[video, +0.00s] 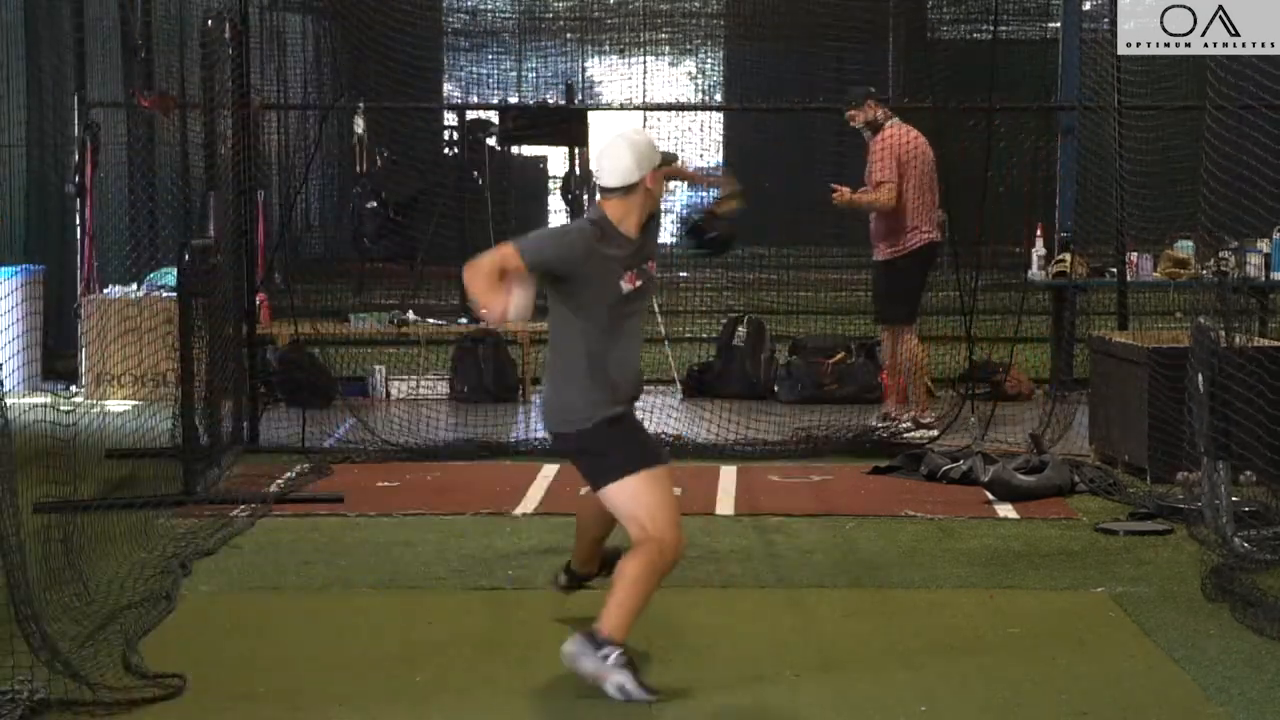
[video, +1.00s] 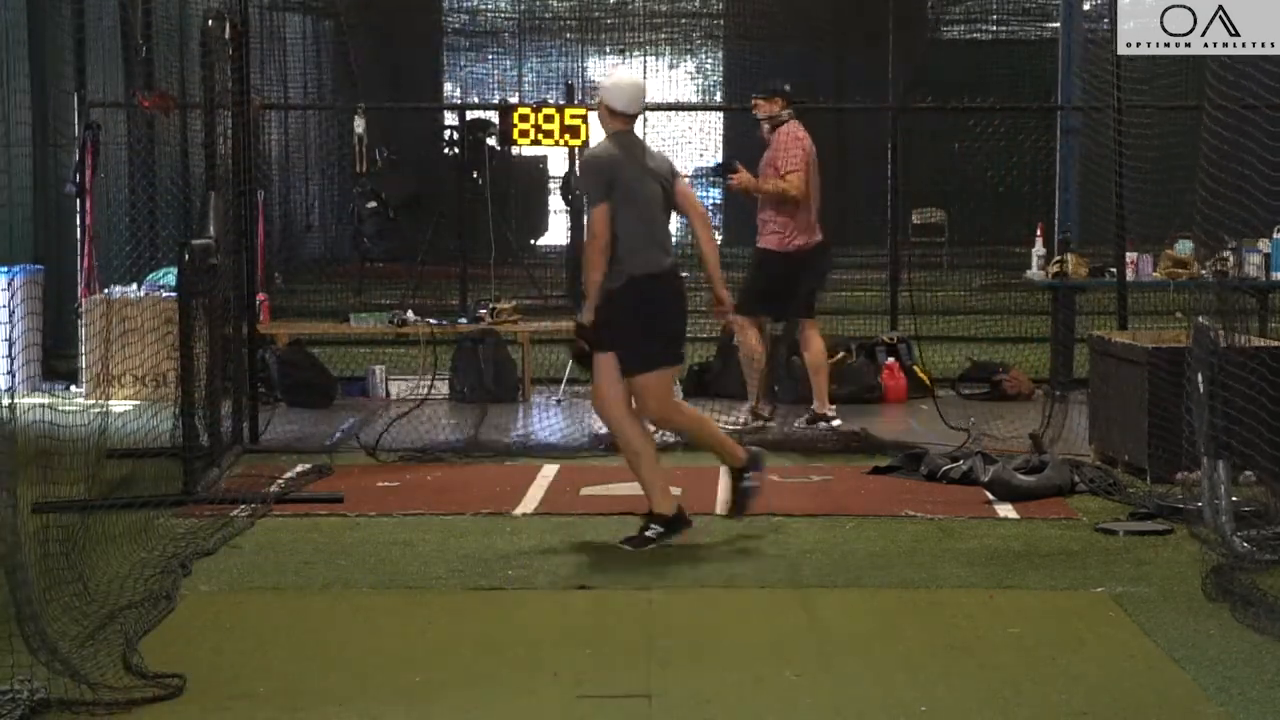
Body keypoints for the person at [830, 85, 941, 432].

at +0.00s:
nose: (852, 121)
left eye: (855, 113)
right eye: (849, 115)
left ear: (874, 107)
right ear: (877, 109)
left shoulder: (884, 141)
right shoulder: (915, 138)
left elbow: (887, 197)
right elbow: (928, 196)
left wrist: (850, 198)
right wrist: (865, 194)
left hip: (900, 248)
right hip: (922, 244)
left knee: (898, 329)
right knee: (896, 328)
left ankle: (917, 412)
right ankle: (899, 409)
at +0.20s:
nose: (834, 114)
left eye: (840, 107)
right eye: (831, 109)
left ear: (860, 107)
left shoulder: (862, 143)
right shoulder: (882, 140)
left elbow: (861, 200)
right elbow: (884, 198)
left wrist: (826, 201)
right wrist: (835, 198)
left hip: (874, 252)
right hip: (886, 249)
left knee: (882, 332)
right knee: (862, 331)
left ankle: (918, 410)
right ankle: (838, 406)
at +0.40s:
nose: (813, 108)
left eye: (819, 102)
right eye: (810, 104)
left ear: (839, 104)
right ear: (817, 109)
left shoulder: (839, 140)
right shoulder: (850, 137)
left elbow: (843, 194)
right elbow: (844, 194)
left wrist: (804, 195)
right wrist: (809, 196)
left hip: (843, 252)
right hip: (852, 249)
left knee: (828, 327)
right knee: (834, 329)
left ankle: (892, 392)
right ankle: (828, 409)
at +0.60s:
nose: (806, 101)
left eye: (812, 95)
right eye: (803, 97)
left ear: (830, 100)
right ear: (802, 103)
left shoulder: (830, 130)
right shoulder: (813, 136)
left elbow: (828, 180)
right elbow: (807, 189)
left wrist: (789, 178)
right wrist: (783, 180)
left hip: (818, 242)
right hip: (816, 241)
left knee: (793, 323)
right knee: (821, 325)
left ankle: (839, 393)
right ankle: (822, 407)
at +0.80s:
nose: (791, 99)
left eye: (798, 95)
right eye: (790, 95)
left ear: (817, 101)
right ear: (799, 103)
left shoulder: (812, 131)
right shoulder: (808, 132)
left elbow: (808, 182)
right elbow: (795, 189)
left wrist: (770, 174)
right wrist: (770, 178)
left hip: (791, 244)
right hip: (812, 244)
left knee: (763, 322)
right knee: (808, 323)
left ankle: (808, 399)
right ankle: (824, 410)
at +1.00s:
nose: (754, 109)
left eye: (759, 103)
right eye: (754, 104)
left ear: (779, 104)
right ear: (777, 106)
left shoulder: (791, 136)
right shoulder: (787, 136)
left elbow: (794, 188)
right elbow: (783, 189)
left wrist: (753, 184)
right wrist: (751, 183)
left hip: (781, 248)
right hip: (804, 247)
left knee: (744, 319)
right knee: (807, 325)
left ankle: (757, 406)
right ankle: (823, 409)